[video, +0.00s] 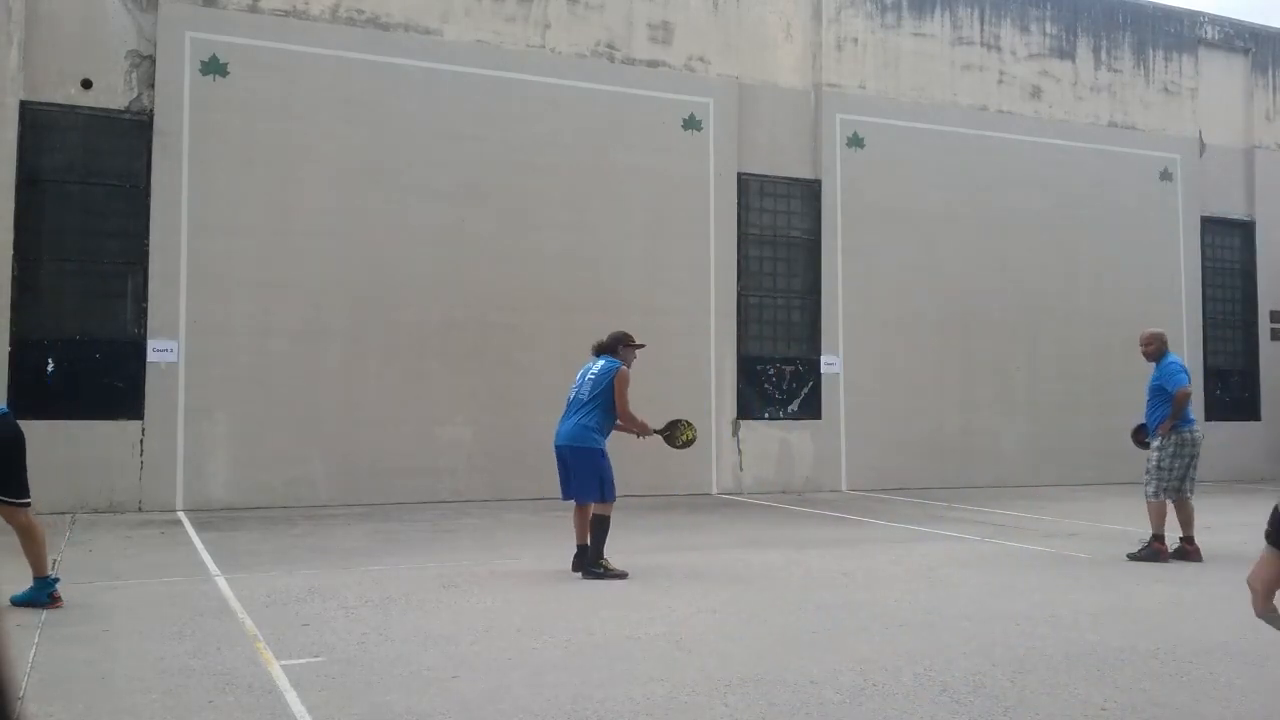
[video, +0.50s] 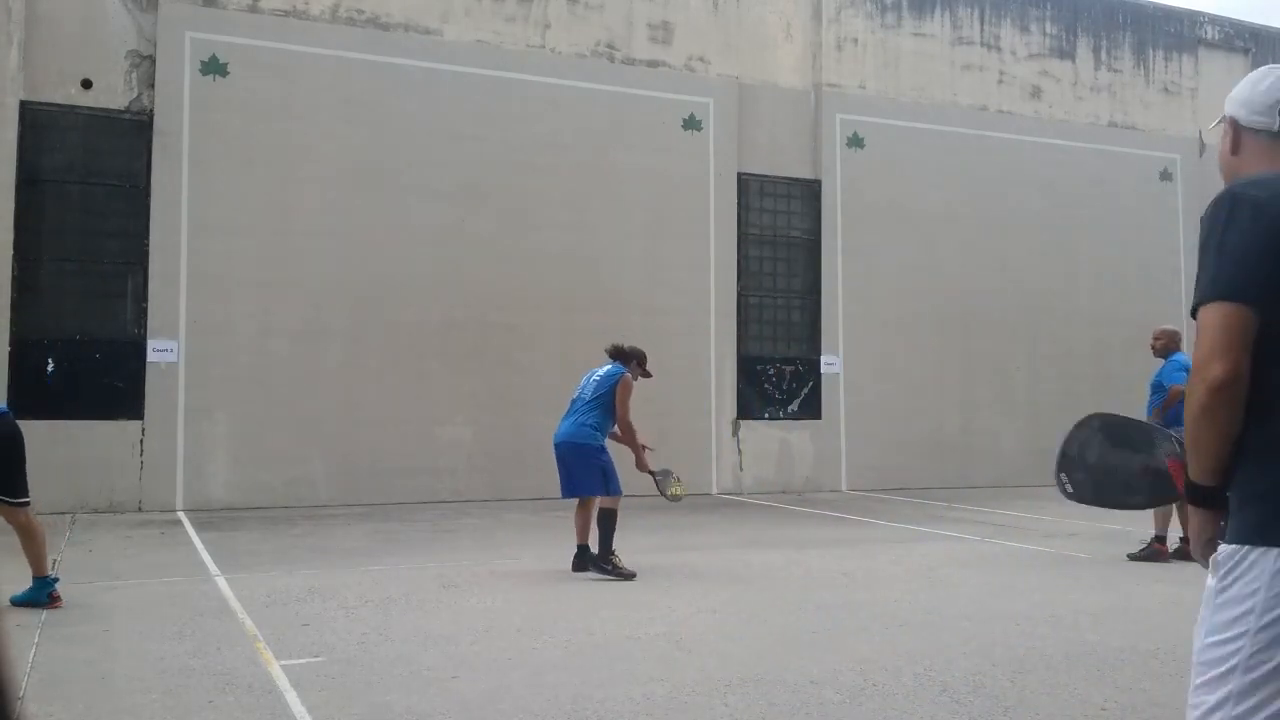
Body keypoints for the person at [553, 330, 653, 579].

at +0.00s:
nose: (635, 357)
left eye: (635, 352)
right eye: (632, 351)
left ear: (612, 351)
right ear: (620, 350)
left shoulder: (589, 368)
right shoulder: (619, 370)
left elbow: (597, 419)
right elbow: (623, 414)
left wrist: (631, 429)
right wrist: (643, 427)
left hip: (564, 441)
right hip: (587, 442)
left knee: (582, 499)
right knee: (605, 498)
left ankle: (581, 555)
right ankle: (595, 561)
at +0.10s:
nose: (635, 357)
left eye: (635, 352)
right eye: (632, 352)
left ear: (612, 352)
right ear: (619, 351)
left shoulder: (589, 369)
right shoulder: (619, 370)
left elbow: (598, 420)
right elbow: (623, 414)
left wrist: (632, 432)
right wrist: (645, 430)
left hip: (564, 441)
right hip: (587, 443)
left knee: (585, 499)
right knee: (608, 498)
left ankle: (581, 556)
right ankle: (596, 560)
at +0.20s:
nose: (635, 358)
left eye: (635, 353)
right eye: (632, 353)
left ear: (612, 353)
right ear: (619, 352)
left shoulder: (590, 370)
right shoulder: (619, 371)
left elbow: (598, 420)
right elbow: (623, 416)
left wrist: (631, 434)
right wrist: (646, 433)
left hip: (563, 440)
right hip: (586, 441)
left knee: (588, 497)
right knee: (612, 495)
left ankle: (581, 555)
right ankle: (598, 557)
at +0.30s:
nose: (636, 362)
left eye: (636, 357)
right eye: (633, 357)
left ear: (612, 355)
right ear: (622, 354)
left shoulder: (590, 371)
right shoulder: (619, 372)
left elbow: (600, 423)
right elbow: (622, 418)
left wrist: (634, 436)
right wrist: (645, 438)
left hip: (563, 440)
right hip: (586, 441)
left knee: (588, 496)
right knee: (613, 492)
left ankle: (582, 555)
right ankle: (600, 554)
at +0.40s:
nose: (636, 371)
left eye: (638, 367)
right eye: (637, 366)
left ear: (616, 357)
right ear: (628, 359)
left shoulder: (592, 372)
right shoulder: (622, 374)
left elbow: (603, 424)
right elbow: (621, 419)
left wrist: (636, 438)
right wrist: (641, 446)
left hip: (563, 439)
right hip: (586, 440)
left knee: (588, 496)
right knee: (612, 492)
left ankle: (581, 555)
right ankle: (602, 554)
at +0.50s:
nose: (637, 378)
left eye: (640, 375)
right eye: (639, 373)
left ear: (618, 361)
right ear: (634, 364)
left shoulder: (595, 374)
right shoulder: (625, 376)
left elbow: (600, 426)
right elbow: (623, 422)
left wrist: (632, 443)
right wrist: (639, 456)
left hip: (563, 439)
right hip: (587, 440)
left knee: (587, 496)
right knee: (611, 493)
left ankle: (582, 555)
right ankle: (605, 557)